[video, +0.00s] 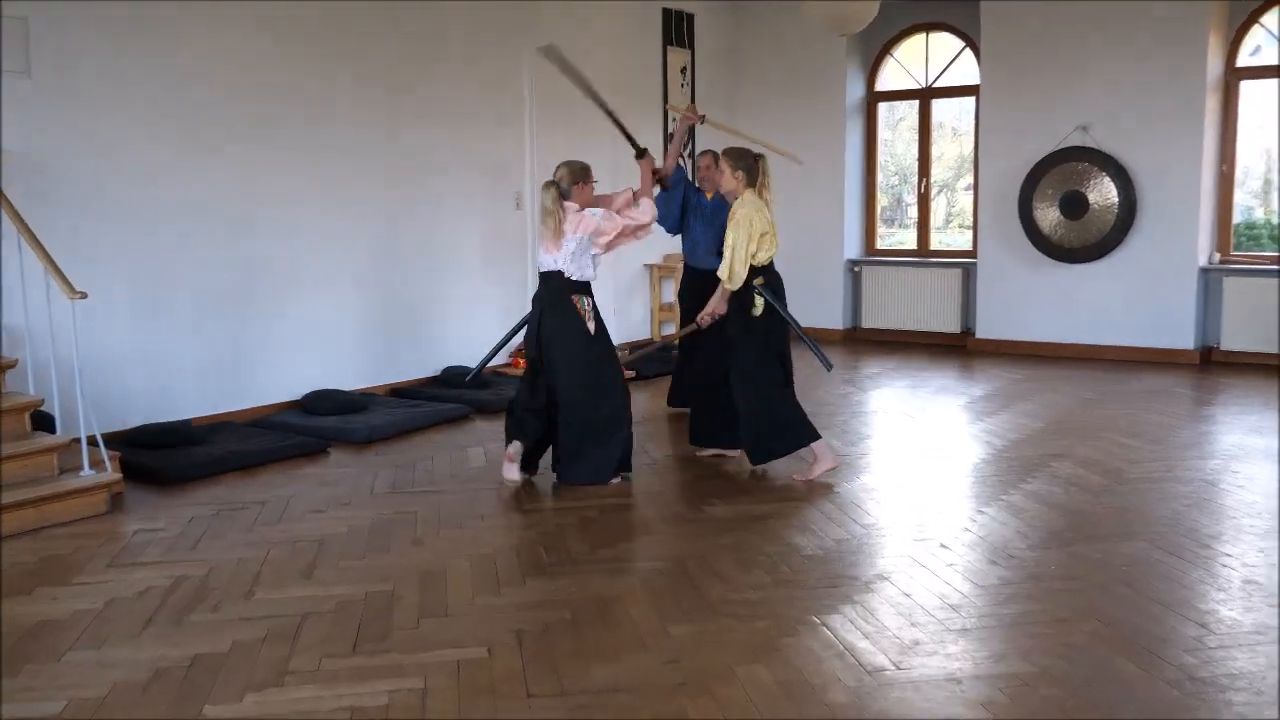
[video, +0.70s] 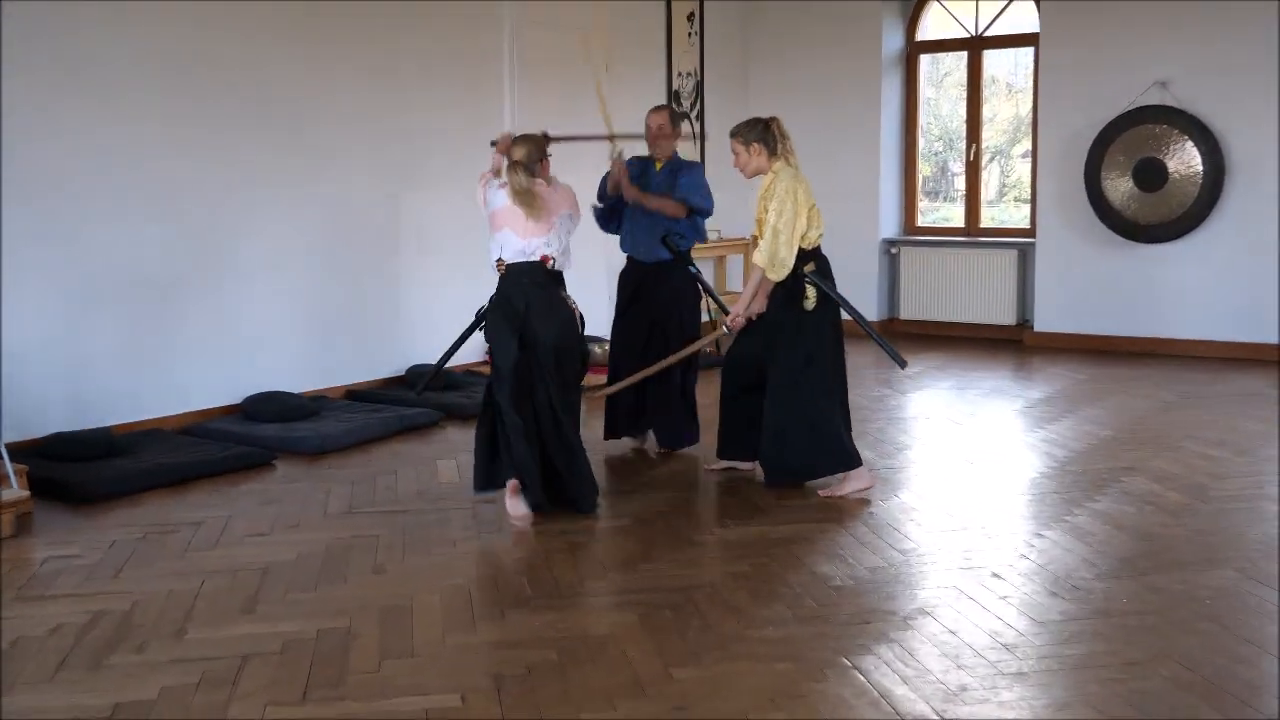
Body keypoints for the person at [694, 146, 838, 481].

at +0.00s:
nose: (717, 177)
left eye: (721, 171)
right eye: (718, 171)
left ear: (738, 176)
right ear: (743, 176)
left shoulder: (744, 210)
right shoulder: (751, 205)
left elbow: (735, 265)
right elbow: (735, 261)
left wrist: (719, 300)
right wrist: (716, 301)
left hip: (755, 293)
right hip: (756, 289)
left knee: (762, 375)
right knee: (735, 364)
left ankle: (821, 452)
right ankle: (734, 440)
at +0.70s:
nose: (735, 162)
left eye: (738, 154)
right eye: (734, 155)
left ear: (758, 149)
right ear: (760, 151)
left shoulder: (785, 182)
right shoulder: (771, 184)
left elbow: (779, 251)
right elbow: (762, 250)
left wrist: (759, 300)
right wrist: (743, 301)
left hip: (806, 288)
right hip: (784, 289)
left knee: (812, 378)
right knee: (741, 361)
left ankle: (856, 470)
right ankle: (742, 453)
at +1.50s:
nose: (877, 132)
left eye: (881, 124)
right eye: (877, 124)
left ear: (904, 126)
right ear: (912, 125)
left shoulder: (923, 168)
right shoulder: (939, 159)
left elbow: (926, 245)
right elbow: (923, 242)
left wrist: (904, 305)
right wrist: (904, 301)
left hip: (957, 282)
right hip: (986, 276)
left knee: (901, 379)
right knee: (983, 371)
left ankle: (884, 490)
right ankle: (999, 467)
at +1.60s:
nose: (895, 133)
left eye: (899, 124)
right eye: (896, 124)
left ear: (921, 125)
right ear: (928, 125)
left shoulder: (947, 166)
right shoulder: (945, 160)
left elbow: (952, 242)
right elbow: (937, 240)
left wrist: (930, 298)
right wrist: (916, 295)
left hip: (981, 278)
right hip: (999, 271)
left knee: (928, 374)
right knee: (993, 368)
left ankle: (910, 487)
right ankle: (1001, 465)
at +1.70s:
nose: (913, 133)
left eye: (917, 124)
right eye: (913, 125)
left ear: (938, 125)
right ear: (943, 124)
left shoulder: (961, 167)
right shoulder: (966, 161)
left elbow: (966, 246)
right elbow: (949, 241)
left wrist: (944, 296)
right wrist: (925, 298)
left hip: (996, 280)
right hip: (1011, 273)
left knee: (946, 375)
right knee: (996, 370)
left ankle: (953, 487)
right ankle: (1002, 467)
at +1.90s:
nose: (944, 128)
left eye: (947, 120)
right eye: (944, 120)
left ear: (969, 121)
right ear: (973, 120)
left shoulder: (995, 163)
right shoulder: (984, 160)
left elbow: (988, 240)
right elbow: (967, 233)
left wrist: (960, 288)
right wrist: (934, 287)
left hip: (1027, 275)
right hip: (1011, 273)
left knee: (1025, 369)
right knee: (977, 360)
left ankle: (1046, 474)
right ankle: (995, 461)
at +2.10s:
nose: (973, 125)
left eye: (977, 117)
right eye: (973, 117)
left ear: (999, 117)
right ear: (1001, 118)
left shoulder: (1024, 161)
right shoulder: (1007, 160)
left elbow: (1004, 233)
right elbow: (980, 226)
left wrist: (960, 276)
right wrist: (934, 269)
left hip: (1047, 270)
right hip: (1033, 268)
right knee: (988, 357)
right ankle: (996, 467)